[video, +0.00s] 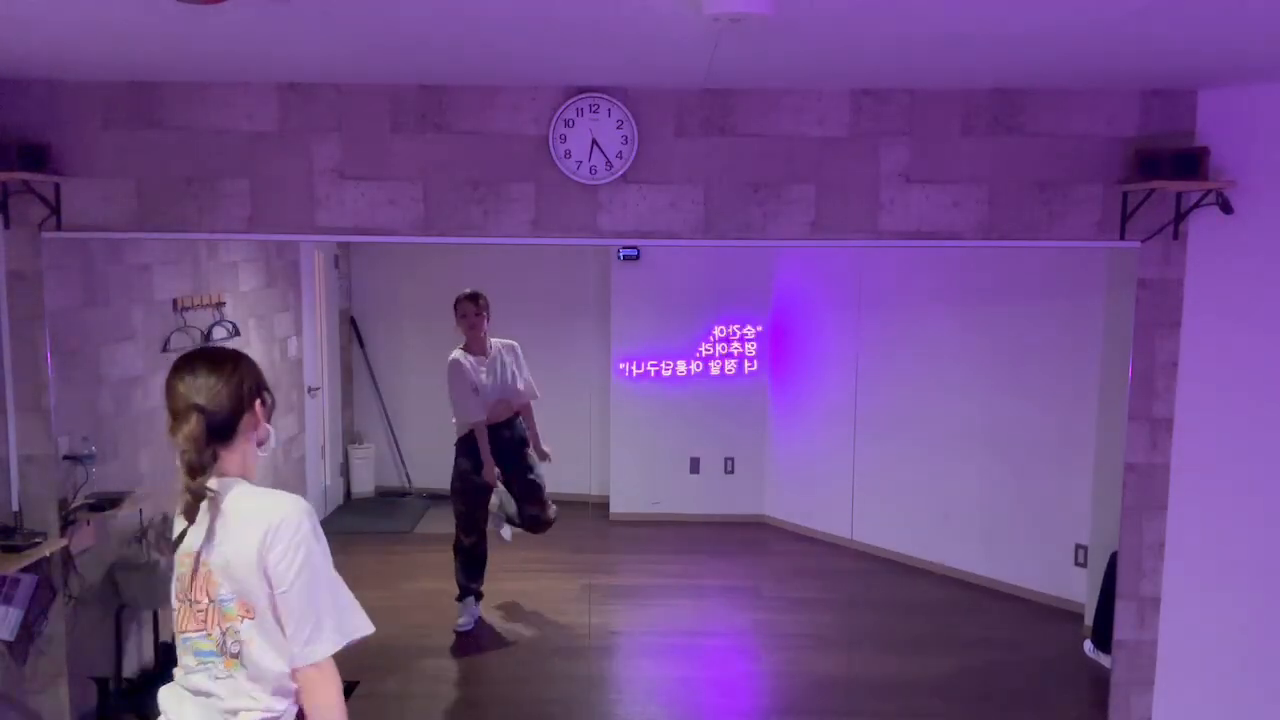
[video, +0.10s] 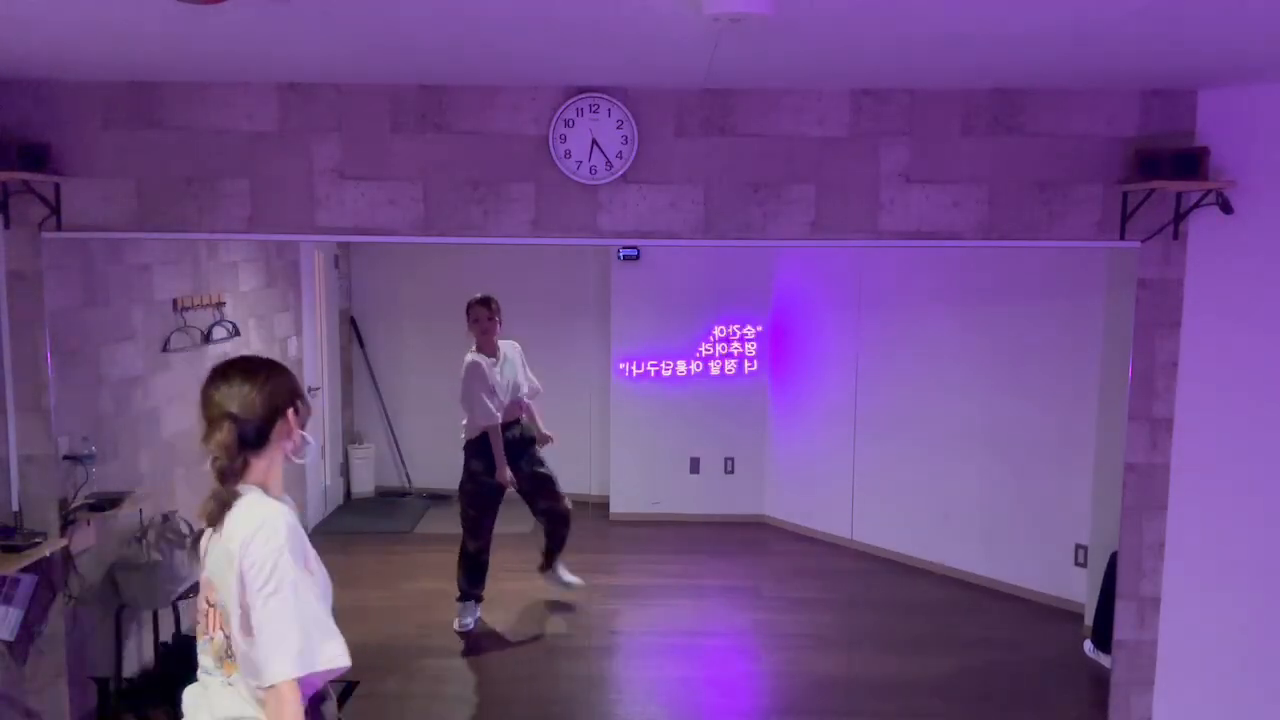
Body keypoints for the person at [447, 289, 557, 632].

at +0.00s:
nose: (471, 321)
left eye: (476, 314)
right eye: (463, 317)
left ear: (487, 318)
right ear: (457, 323)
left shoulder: (509, 350)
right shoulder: (458, 363)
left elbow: (524, 399)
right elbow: (473, 418)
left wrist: (536, 444)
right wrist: (487, 462)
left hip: (511, 437)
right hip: (474, 444)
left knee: (540, 519)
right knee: (469, 525)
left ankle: (502, 512)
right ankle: (469, 600)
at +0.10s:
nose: (483, 326)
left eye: (488, 318)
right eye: (475, 321)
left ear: (499, 321)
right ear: (468, 327)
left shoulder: (513, 350)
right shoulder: (474, 365)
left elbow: (523, 395)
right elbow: (488, 419)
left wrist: (539, 428)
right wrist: (500, 464)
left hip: (518, 441)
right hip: (483, 448)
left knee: (557, 511)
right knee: (477, 528)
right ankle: (469, 601)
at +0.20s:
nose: (499, 343)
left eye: (504, 337)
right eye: (492, 338)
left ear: (513, 338)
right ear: (484, 341)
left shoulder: (519, 361)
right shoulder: (489, 381)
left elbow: (528, 402)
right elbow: (505, 437)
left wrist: (543, 422)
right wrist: (533, 477)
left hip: (527, 452)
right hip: (497, 460)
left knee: (565, 517)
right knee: (482, 534)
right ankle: (469, 606)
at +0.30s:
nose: (516, 367)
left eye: (521, 360)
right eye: (509, 361)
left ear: (529, 360)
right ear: (500, 364)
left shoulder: (532, 379)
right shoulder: (505, 407)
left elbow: (533, 416)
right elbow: (520, 464)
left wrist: (557, 420)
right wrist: (561, 484)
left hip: (539, 472)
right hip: (510, 480)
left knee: (599, 527)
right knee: (493, 545)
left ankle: (613, 592)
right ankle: (470, 607)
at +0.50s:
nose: (538, 407)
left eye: (543, 400)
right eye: (531, 400)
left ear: (551, 399)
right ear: (521, 401)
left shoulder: (552, 412)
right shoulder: (519, 444)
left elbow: (558, 437)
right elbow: (534, 499)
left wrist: (591, 422)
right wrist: (583, 484)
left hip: (564, 503)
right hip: (528, 512)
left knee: (633, 533)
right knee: (489, 567)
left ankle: (618, 597)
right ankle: (471, 607)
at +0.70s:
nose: (546, 413)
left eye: (551, 406)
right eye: (540, 406)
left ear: (559, 403)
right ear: (528, 403)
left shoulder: (567, 411)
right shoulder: (518, 435)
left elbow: (588, 417)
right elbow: (519, 483)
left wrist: (615, 411)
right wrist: (559, 463)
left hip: (573, 501)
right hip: (532, 505)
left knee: (638, 539)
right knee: (488, 560)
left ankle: (617, 597)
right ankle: (471, 605)